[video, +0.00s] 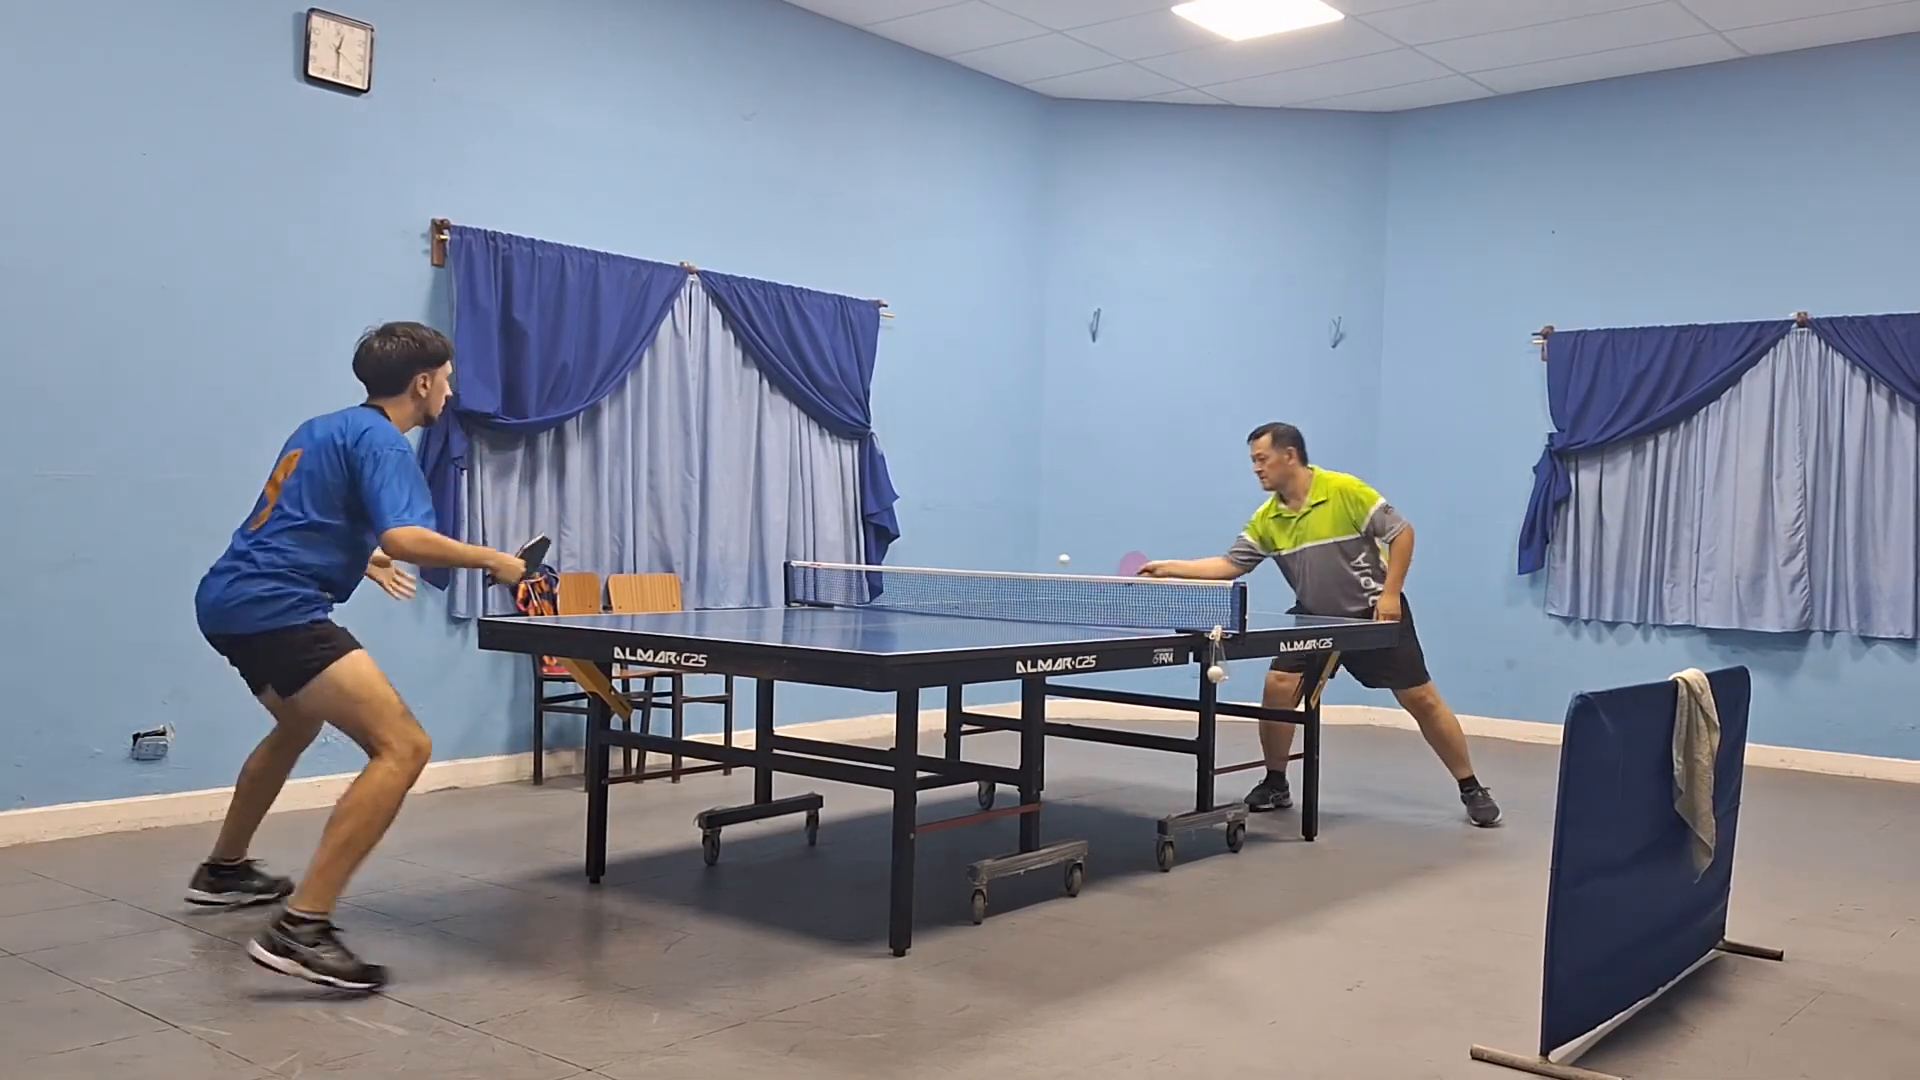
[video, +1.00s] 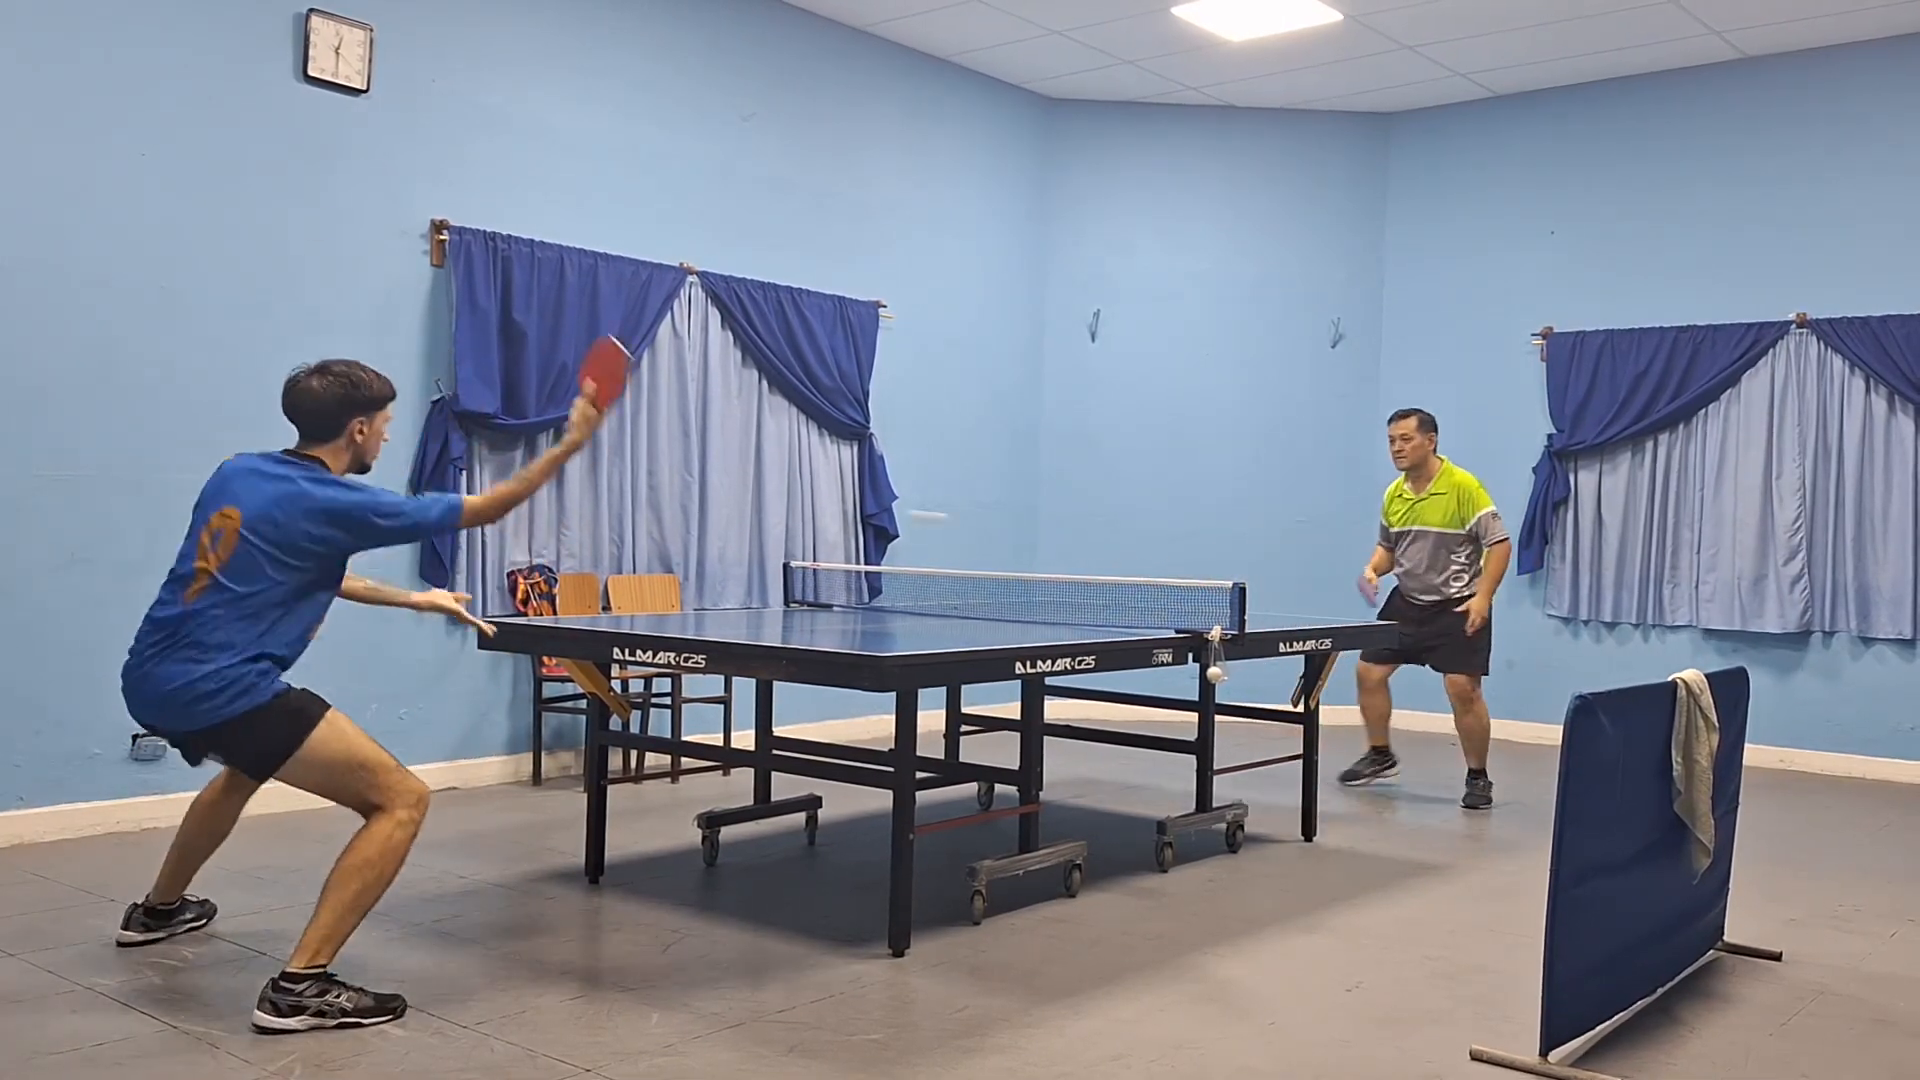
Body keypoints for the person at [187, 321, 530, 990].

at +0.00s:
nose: (449, 389)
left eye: (448, 376)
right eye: (444, 377)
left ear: (381, 382)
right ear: (418, 383)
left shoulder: (320, 429)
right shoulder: (384, 442)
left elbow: (292, 512)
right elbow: (401, 537)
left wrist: (363, 555)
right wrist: (493, 559)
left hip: (227, 600)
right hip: (278, 605)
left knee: (299, 722)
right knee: (404, 747)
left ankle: (224, 867)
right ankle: (303, 925)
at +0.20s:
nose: (453, 398)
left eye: (451, 386)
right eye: (448, 386)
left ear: (383, 392)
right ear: (422, 393)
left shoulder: (319, 442)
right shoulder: (378, 453)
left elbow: (326, 546)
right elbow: (432, 554)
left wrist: (406, 568)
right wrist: (523, 560)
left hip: (216, 619)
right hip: (267, 626)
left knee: (288, 735)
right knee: (402, 769)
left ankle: (207, 883)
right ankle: (345, 961)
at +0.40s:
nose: (442, 443)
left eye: (444, 431)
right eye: (441, 430)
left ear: (374, 426)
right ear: (415, 431)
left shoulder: (311, 466)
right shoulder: (358, 488)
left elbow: (360, 552)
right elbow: (425, 596)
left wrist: (450, 565)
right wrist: (508, 589)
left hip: (181, 638)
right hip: (226, 644)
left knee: (272, 750)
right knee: (385, 766)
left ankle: (179, 892)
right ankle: (343, 965)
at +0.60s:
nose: (438, 480)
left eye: (442, 466)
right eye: (438, 465)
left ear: (368, 451)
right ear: (410, 458)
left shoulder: (292, 472)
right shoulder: (371, 512)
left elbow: (365, 555)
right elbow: (438, 616)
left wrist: (462, 564)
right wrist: (492, 623)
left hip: (155, 646)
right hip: (221, 654)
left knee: (245, 751)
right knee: (379, 791)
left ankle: (178, 890)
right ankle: (300, 980)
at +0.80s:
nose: (412, 465)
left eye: (415, 453)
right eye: (414, 452)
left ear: (339, 436)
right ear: (392, 445)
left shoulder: (258, 461)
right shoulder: (372, 501)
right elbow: (505, 545)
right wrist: (471, 591)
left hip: (168, 677)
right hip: (244, 691)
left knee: (259, 754)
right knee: (422, 808)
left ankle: (170, 897)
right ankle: (303, 980)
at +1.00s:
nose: (386, 436)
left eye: (385, 423)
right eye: (382, 424)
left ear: (311, 427)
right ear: (353, 430)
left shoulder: (235, 472)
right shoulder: (332, 504)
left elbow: (307, 570)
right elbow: (481, 510)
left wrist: (413, 598)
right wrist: (569, 443)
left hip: (153, 679)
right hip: (218, 686)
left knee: (256, 759)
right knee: (403, 801)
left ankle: (158, 906)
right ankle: (301, 982)